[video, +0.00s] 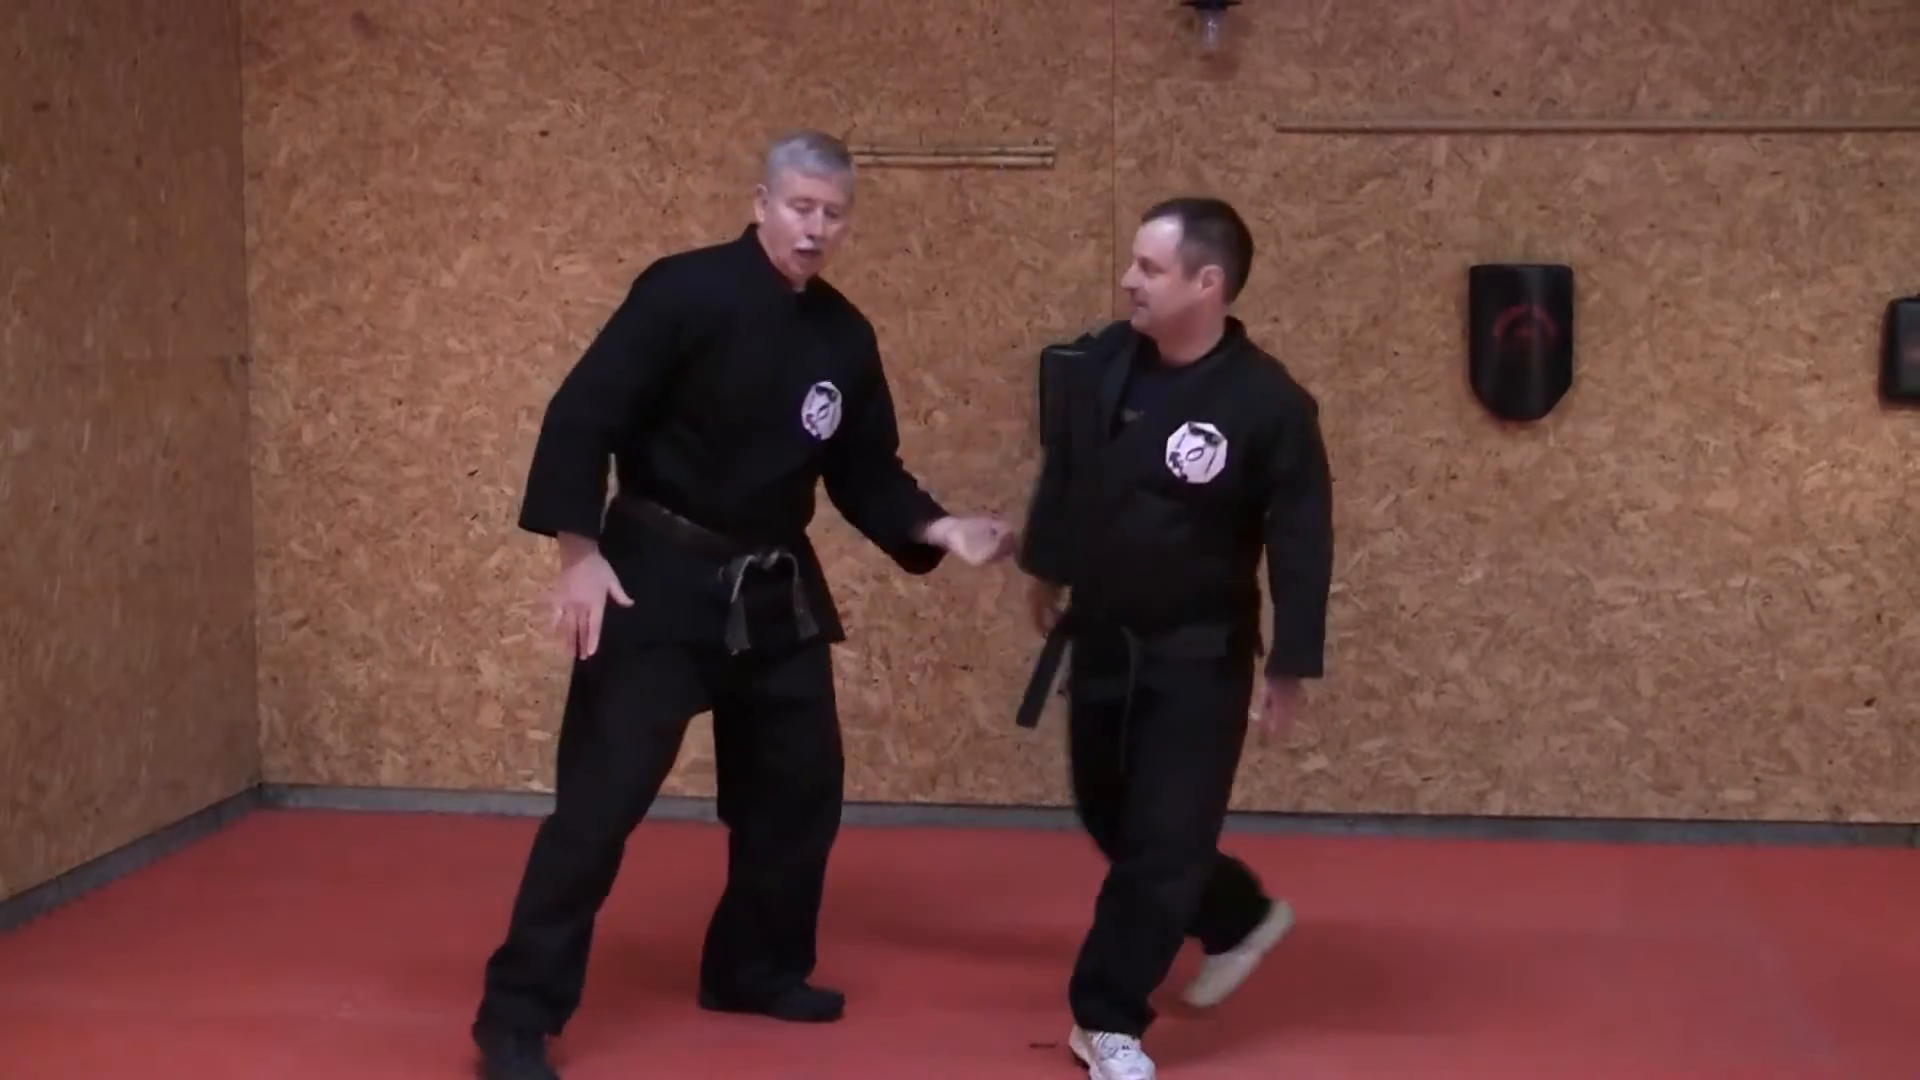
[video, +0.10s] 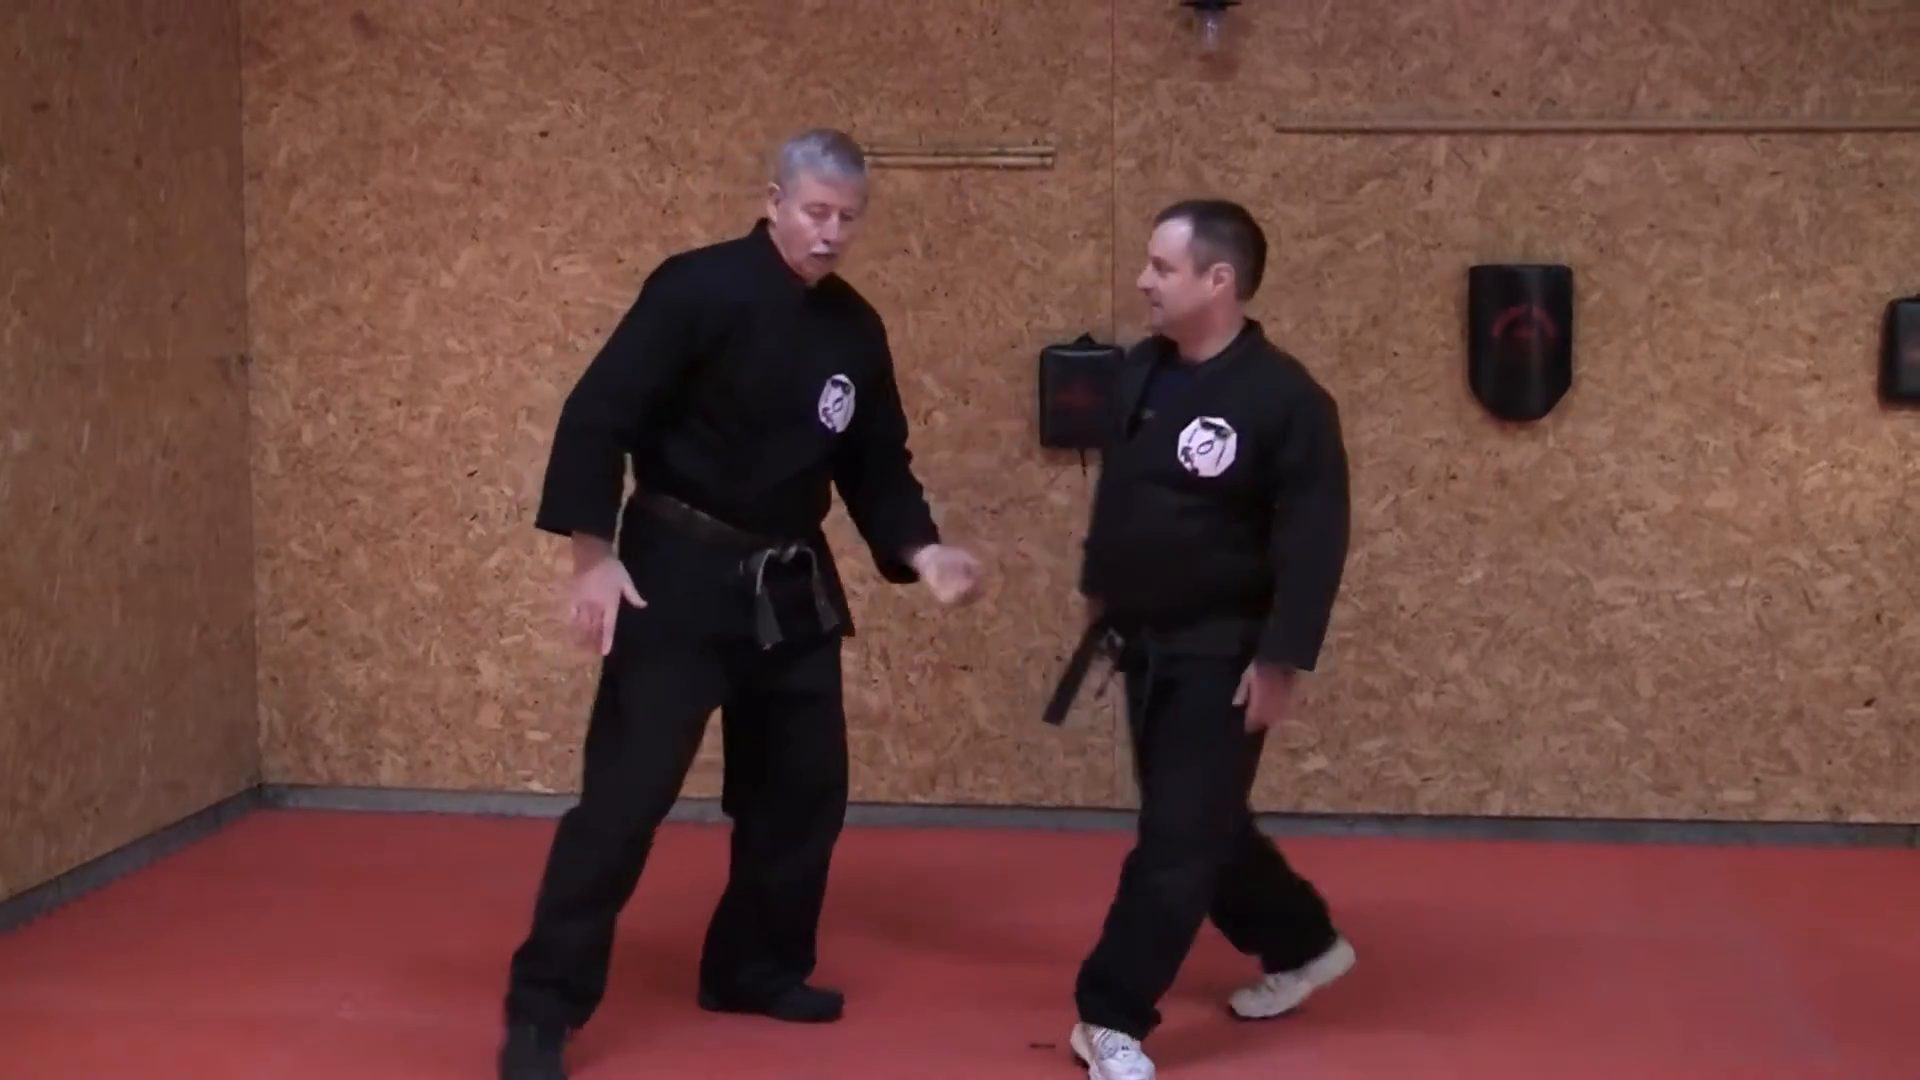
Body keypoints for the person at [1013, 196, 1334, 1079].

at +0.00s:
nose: (1129, 281)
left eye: (1149, 269)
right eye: (1131, 264)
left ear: (1209, 284)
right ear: (1166, 278)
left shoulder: (1270, 405)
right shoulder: (1093, 367)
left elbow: (1300, 541)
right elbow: (1062, 471)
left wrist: (1290, 662)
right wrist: (1044, 569)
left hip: (1200, 650)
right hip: (1103, 639)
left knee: (1167, 837)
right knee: (1109, 811)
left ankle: (1107, 1019)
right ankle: (1239, 915)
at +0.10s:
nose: (1144, 283)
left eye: (1161, 269)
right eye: (1146, 266)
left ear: (1220, 281)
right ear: (1201, 279)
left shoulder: (1288, 402)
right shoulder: (1145, 375)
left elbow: (1315, 541)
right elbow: (1119, 492)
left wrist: (1283, 658)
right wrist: (1100, 590)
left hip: (1226, 655)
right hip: (1146, 642)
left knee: (1178, 832)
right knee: (1195, 816)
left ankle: (1111, 1017)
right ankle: (1305, 945)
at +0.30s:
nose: (1176, 290)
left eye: (1191, 275)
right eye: (1175, 274)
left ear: (1248, 277)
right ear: (1228, 280)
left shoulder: (1319, 378)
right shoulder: (1209, 380)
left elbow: (1339, 516)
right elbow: (1209, 509)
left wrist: (1321, 636)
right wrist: (1196, 619)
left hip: (1283, 634)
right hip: (1220, 632)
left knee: (1236, 808)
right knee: (1271, 804)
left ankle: (1205, 1004)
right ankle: (1323, 969)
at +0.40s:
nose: (1201, 287)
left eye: (1212, 270)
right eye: (1198, 270)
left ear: (1270, 265)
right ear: (1254, 270)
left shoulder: (1335, 358)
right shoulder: (1246, 364)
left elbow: (1352, 486)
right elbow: (1255, 492)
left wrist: (1330, 607)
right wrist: (1233, 605)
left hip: (1313, 609)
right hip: (1256, 607)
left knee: (1276, 794)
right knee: (1249, 791)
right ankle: (1299, 964)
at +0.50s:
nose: (1229, 286)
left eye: (1241, 268)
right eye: (1225, 270)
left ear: (1296, 262)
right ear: (1287, 266)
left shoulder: (1354, 349)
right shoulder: (1281, 357)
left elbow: (1366, 460)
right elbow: (1287, 479)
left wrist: (1329, 566)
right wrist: (1264, 592)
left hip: (1352, 598)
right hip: (1288, 598)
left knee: (1320, 787)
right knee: (1269, 789)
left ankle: (1412, 914)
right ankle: (1319, 967)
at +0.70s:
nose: (1295, 300)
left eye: (1307, 282)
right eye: (1290, 285)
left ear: (1360, 273)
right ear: (1347, 280)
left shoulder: (1411, 361)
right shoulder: (1352, 367)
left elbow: (1393, 466)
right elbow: (1341, 481)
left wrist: (1322, 540)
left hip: (1410, 625)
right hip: (1352, 621)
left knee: (1427, 791)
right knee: (1321, 795)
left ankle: (1510, 936)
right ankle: (1323, 965)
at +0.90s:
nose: (1370, 306)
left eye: (1382, 288)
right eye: (1364, 291)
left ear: (1434, 277)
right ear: (1407, 285)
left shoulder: (1487, 367)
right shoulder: (1412, 368)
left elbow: (1465, 492)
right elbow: (1419, 489)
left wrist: (1380, 577)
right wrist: (1394, 572)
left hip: (1492, 620)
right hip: (1423, 616)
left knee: (1495, 788)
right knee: (1380, 784)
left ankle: (1518, 948)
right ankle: (1341, 939)